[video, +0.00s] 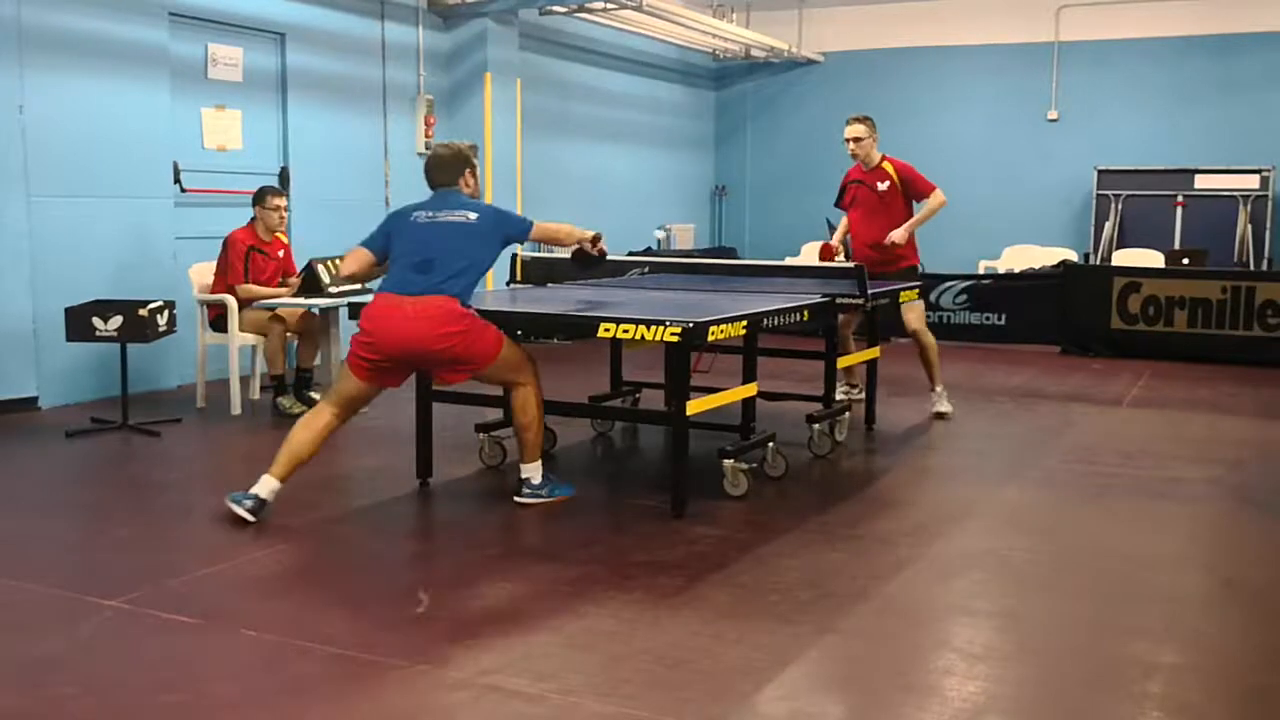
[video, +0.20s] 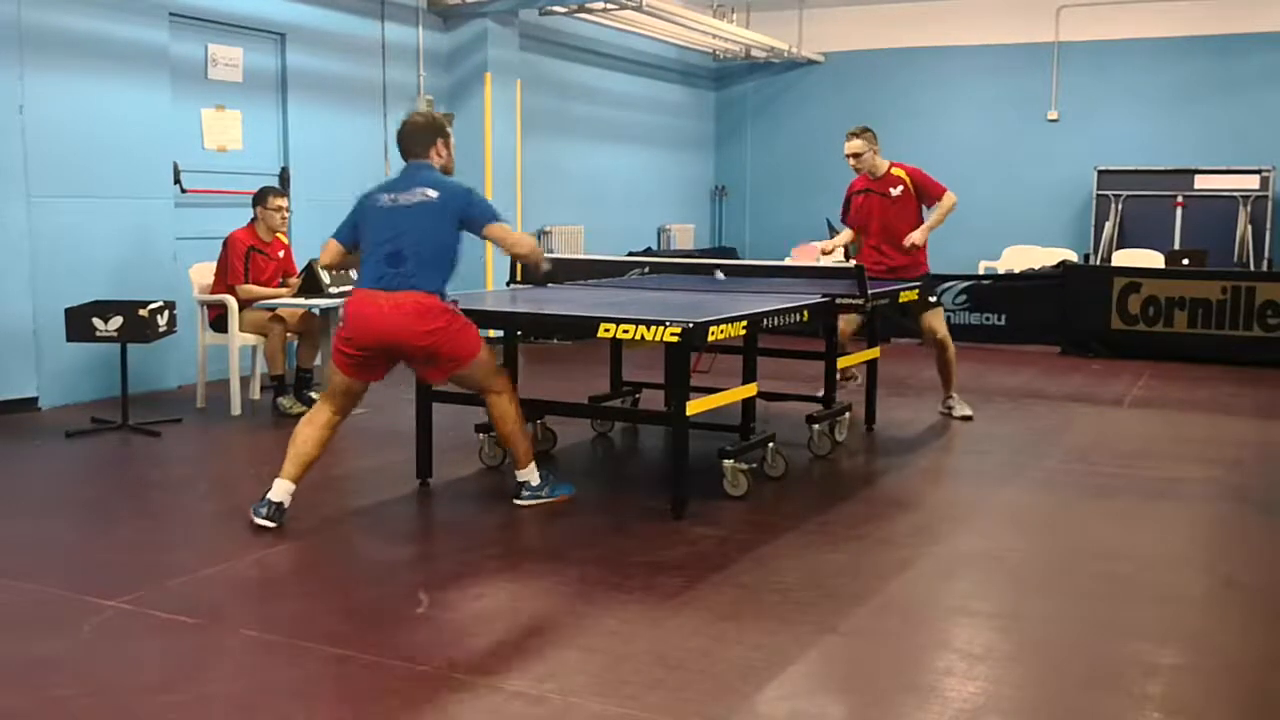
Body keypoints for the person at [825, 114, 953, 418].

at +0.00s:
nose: (851, 147)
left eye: (857, 140)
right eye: (847, 142)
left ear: (873, 140)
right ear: (846, 144)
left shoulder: (897, 170)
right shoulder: (851, 177)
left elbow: (937, 198)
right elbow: (850, 213)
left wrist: (906, 229)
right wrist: (836, 239)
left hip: (901, 270)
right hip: (863, 273)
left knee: (916, 327)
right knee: (843, 326)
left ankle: (937, 390)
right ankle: (853, 385)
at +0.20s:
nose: (852, 163)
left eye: (857, 156)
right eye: (848, 158)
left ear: (875, 151)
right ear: (847, 157)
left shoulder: (907, 175)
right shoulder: (856, 189)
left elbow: (948, 199)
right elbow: (852, 228)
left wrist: (925, 229)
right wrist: (836, 241)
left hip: (912, 279)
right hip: (870, 280)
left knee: (942, 337)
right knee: (839, 329)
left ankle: (950, 397)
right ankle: (849, 375)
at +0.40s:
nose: (817, 183)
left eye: (820, 175)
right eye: (813, 177)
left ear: (838, 169)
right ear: (830, 173)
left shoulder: (881, 177)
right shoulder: (833, 200)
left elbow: (926, 185)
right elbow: (835, 242)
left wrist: (925, 226)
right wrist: (799, 238)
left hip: (907, 273)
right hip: (866, 279)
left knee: (936, 332)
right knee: (824, 324)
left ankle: (950, 397)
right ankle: (801, 388)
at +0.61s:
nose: (783, 193)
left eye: (787, 186)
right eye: (779, 188)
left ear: (805, 182)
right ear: (781, 189)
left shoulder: (841, 191)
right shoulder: (789, 218)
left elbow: (878, 197)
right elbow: (771, 248)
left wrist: (886, 235)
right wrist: (752, 235)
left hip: (875, 281)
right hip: (832, 289)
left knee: (915, 336)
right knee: (803, 340)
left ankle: (941, 395)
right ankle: (789, 400)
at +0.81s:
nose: (790, 173)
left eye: (796, 166)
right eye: (786, 167)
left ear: (812, 164)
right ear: (784, 169)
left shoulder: (843, 179)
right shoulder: (788, 201)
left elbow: (882, 195)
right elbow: (774, 242)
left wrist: (866, 230)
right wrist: (762, 236)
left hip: (865, 270)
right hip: (821, 275)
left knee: (897, 328)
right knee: (797, 333)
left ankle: (917, 386)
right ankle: (778, 398)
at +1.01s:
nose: (816, 162)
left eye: (821, 155)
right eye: (812, 156)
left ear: (837, 155)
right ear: (809, 159)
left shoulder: (862, 183)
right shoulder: (811, 192)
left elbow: (900, 213)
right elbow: (796, 231)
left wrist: (867, 236)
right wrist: (783, 239)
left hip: (868, 279)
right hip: (825, 280)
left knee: (894, 335)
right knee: (795, 330)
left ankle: (916, 388)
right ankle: (777, 390)